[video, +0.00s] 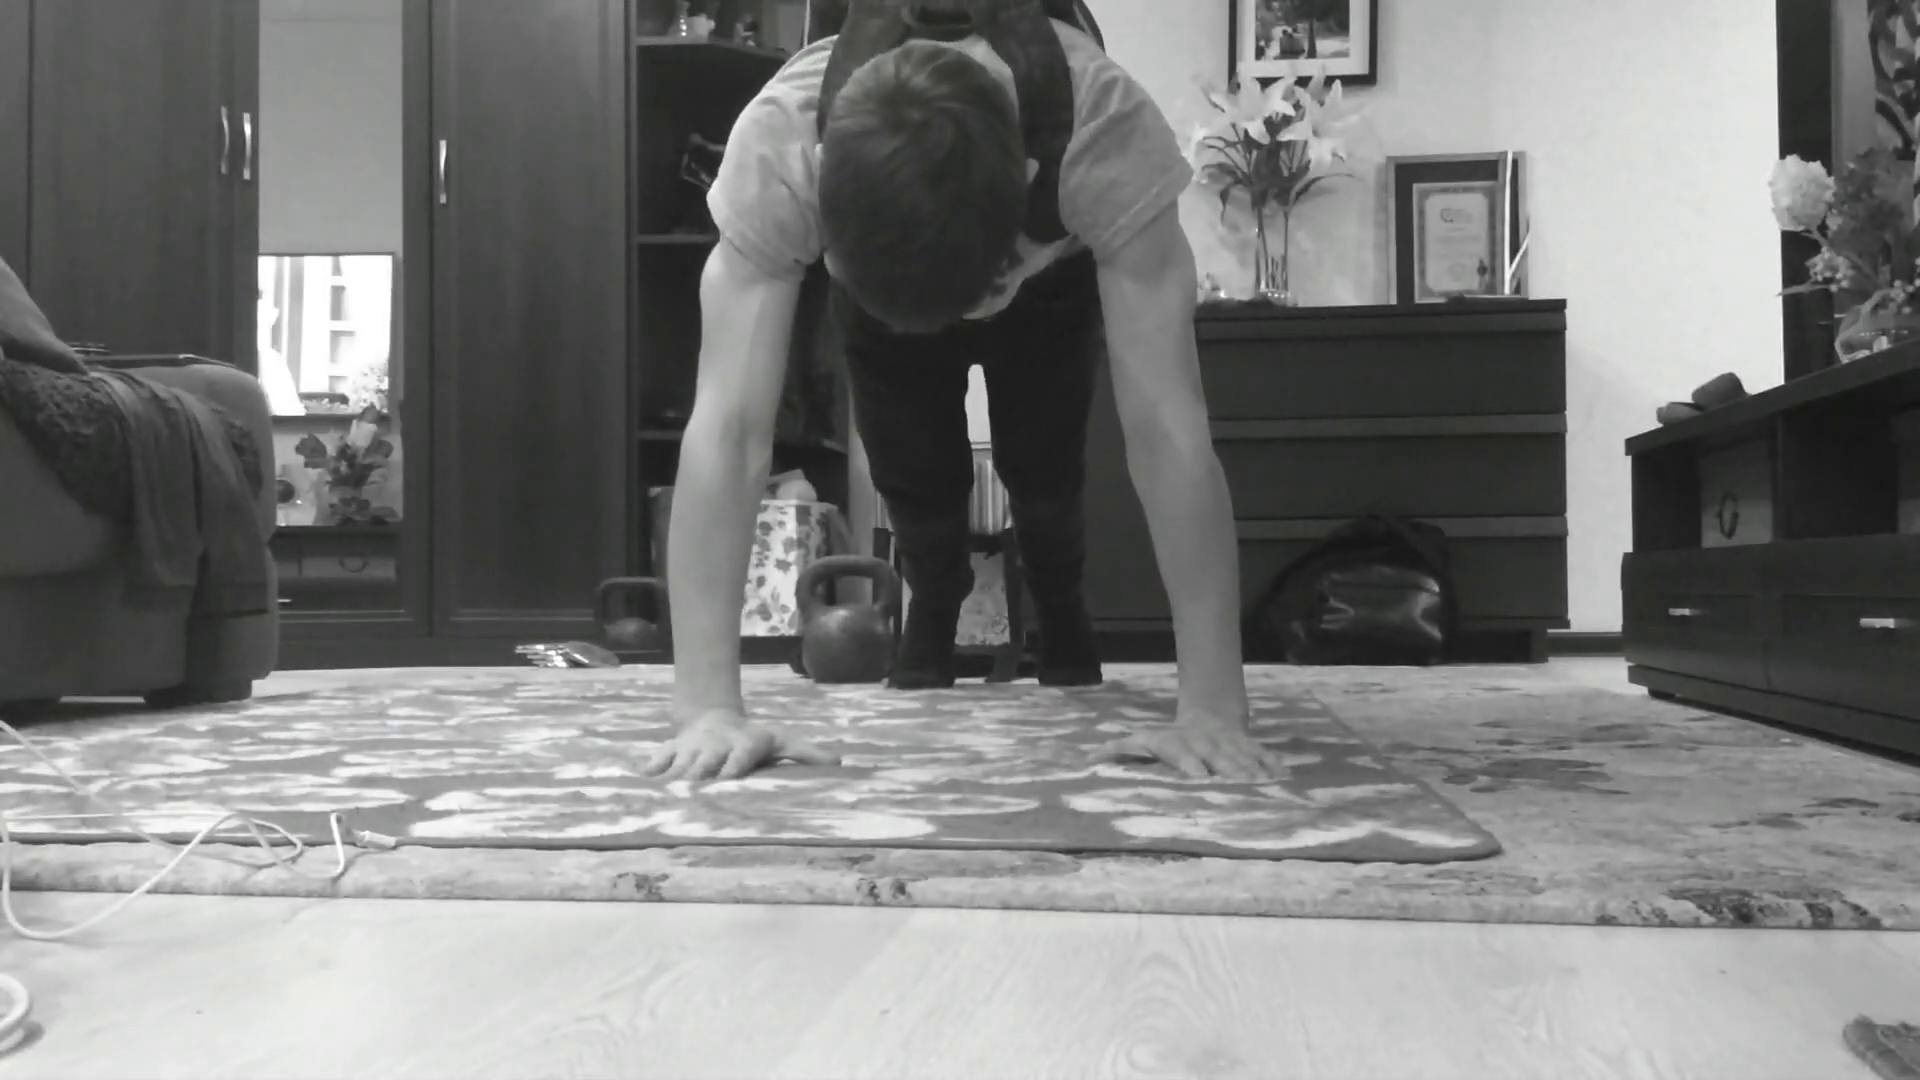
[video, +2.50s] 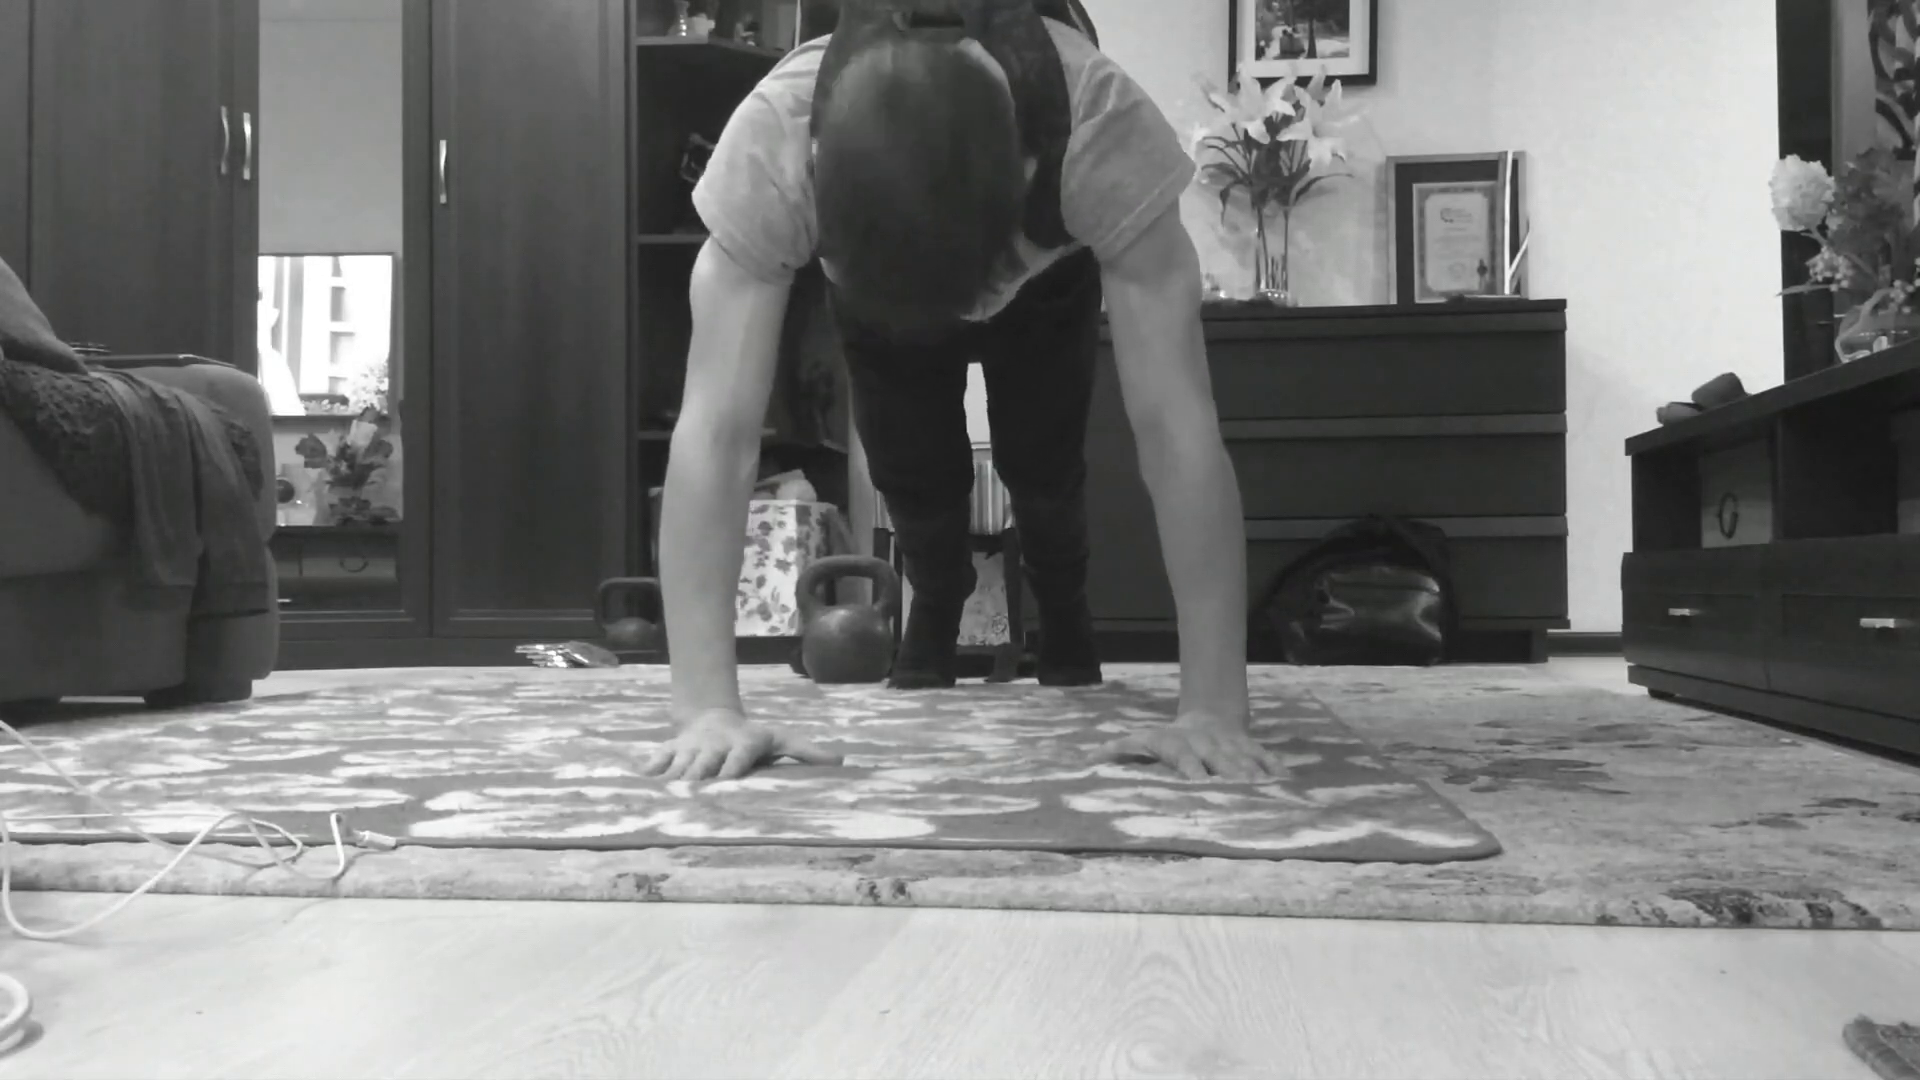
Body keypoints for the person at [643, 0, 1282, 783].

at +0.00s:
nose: (944, 334)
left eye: (973, 303)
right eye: (901, 319)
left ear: (1028, 191)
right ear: (831, 200)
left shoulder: (1115, 146)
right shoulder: (776, 156)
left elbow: (1171, 438)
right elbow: (726, 432)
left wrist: (1214, 712)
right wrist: (708, 709)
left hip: (1048, 261)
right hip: (871, 270)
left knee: (1043, 475)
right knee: (911, 479)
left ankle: (1055, 623)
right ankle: (931, 608)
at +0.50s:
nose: (934, 335)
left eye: (970, 300)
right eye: (896, 319)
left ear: (1025, 200)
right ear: (831, 204)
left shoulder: (1119, 149)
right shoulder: (778, 159)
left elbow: (1173, 436)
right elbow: (727, 433)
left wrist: (1213, 710)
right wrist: (709, 709)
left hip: (1047, 255)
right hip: (873, 265)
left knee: (1045, 475)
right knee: (917, 480)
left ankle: (1061, 642)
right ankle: (930, 626)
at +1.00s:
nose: (945, 341)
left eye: (975, 319)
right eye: (906, 329)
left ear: (1029, 217)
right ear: (836, 210)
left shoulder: (1118, 147)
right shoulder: (785, 163)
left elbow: (1178, 439)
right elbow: (729, 434)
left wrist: (1213, 711)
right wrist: (708, 709)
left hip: (1048, 247)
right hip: (872, 259)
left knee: (1045, 467)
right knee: (916, 465)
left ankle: (1060, 623)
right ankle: (934, 599)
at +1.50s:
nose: (945, 342)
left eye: (974, 321)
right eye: (903, 330)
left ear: (1027, 209)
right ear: (837, 222)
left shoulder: (1117, 147)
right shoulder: (783, 157)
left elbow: (1175, 439)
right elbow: (727, 433)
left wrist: (1213, 710)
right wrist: (709, 709)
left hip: (1048, 247)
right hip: (874, 258)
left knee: (1046, 472)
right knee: (915, 470)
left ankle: (1061, 623)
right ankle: (935, 602)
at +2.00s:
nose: (929, 333)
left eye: (963, 300)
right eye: (892, 318)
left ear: (1020, 190)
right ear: (823, 188)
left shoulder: (1112, 145)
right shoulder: (770, 157)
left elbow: (1171, 435)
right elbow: (721, 433)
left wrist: (1212, 708)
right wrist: (708, 708)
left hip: (1042, 254)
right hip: (868, 267)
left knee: (1043, 470)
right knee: (912, 474)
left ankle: (1059, 621)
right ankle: (934, 604)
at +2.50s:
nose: (934, 326)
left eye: (965, 288)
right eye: (894, 309)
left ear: (1025, 176)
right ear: (821, 176)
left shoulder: (1115, 146)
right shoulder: (767, 156)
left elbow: (1181, 432)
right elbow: (713, 433)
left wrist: (1214, 712)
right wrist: (708, 709)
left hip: (1045, 261)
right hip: (869, 274)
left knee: (1042, 471)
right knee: (910, 477)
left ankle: (1060, 623)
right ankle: (933, 601)